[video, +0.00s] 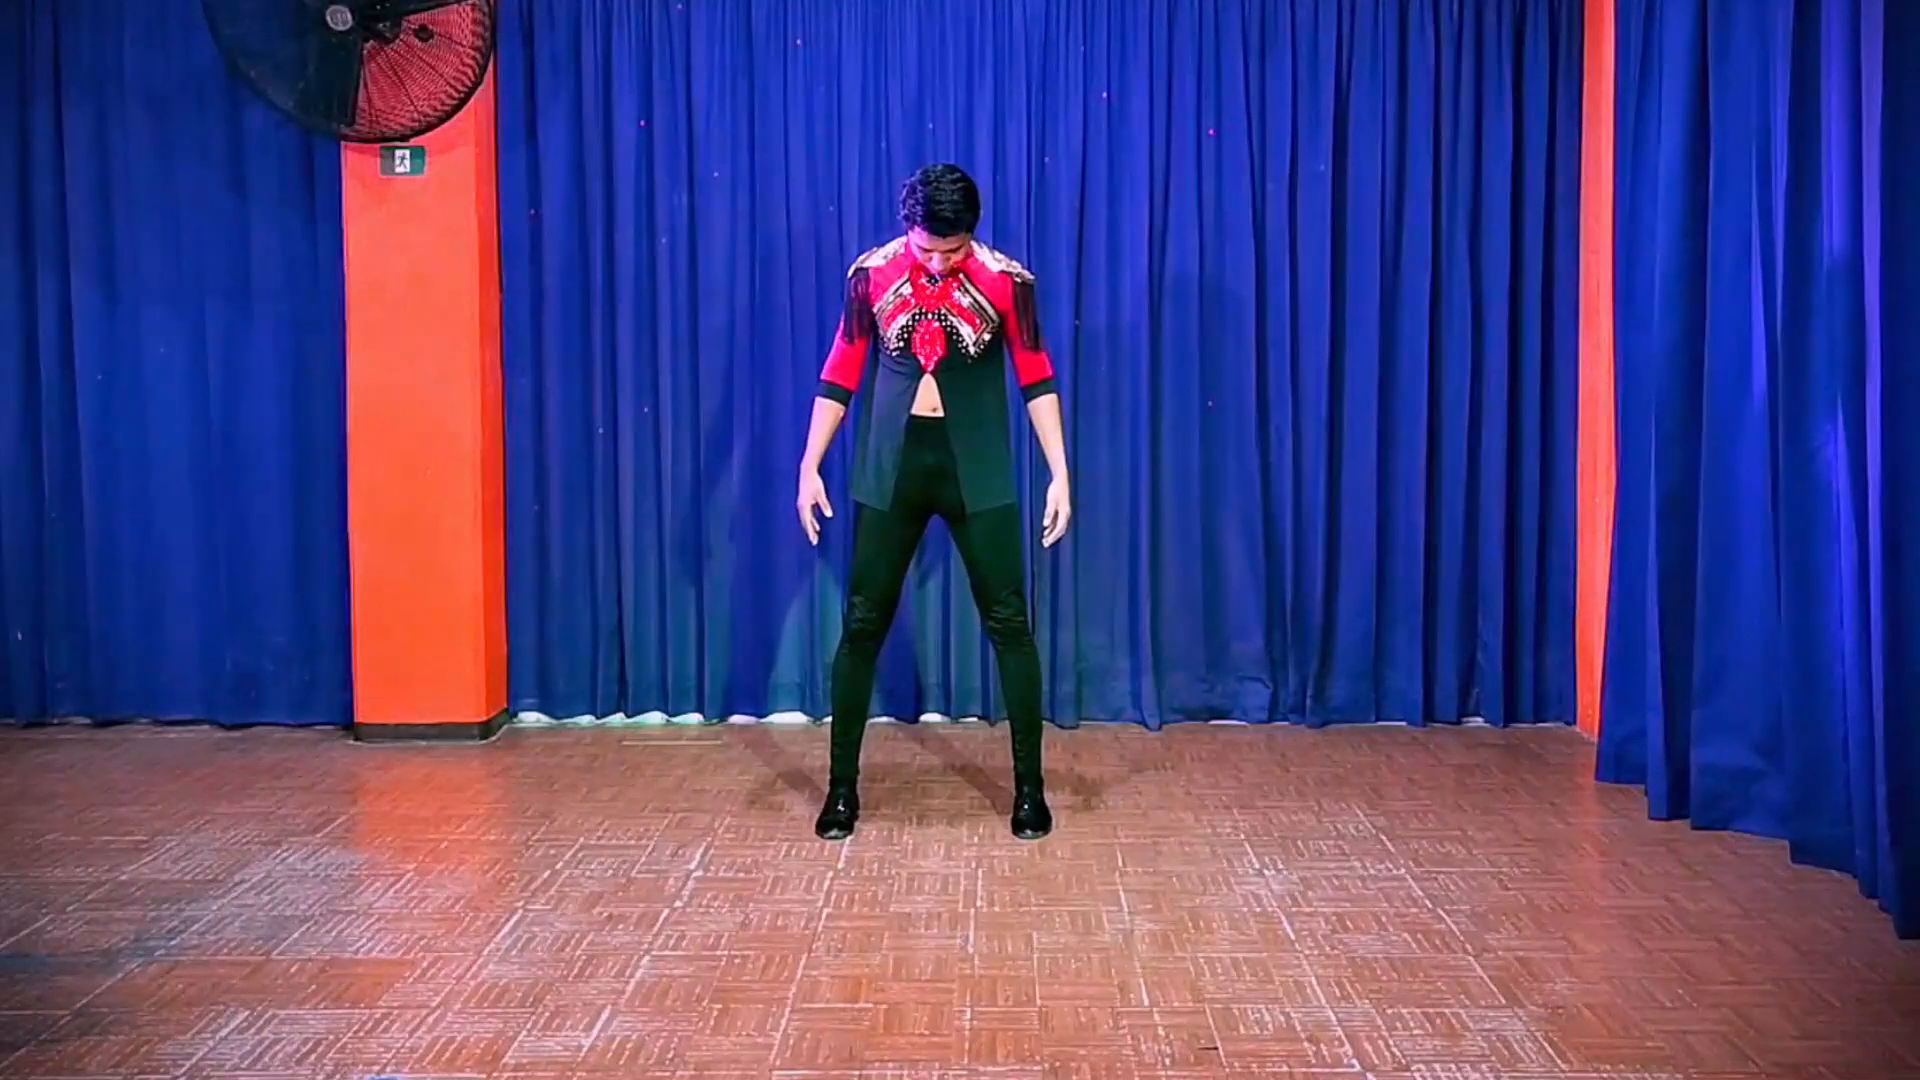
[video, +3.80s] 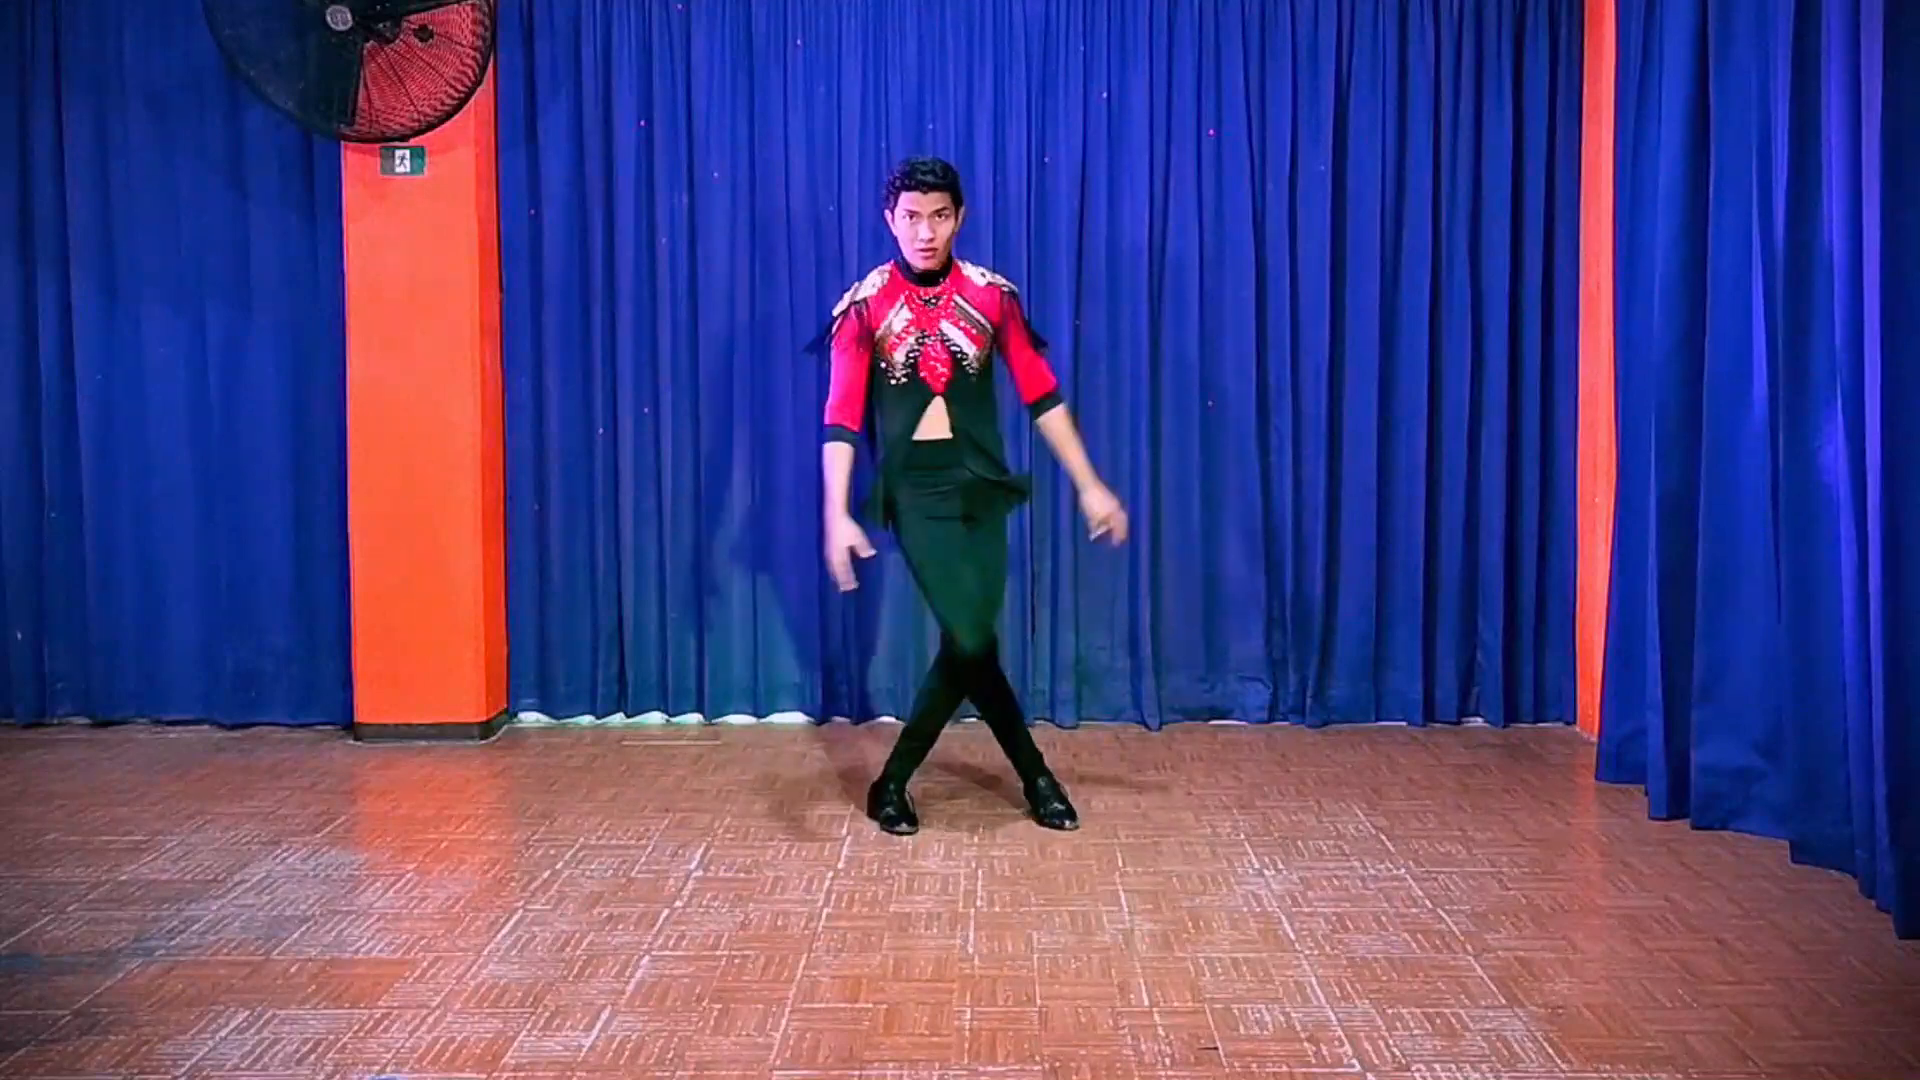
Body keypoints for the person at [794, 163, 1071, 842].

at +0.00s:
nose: (942, 259)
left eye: (954, 248)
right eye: (929, 247)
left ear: (974, 230)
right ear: (909, 228)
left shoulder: (1007, 281)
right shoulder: (872, 275)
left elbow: (1036, 378)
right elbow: (842, 372)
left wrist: (1059, 473)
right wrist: (809, 465)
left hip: (979, 464)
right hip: (892, 463)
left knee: (1008, 619)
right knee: (863, 622)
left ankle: (1029, 785)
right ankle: (841, 786)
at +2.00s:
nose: (940, 257)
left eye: (953, 245)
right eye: (928, 244)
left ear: (972, 228)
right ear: (907, 226)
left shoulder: (1005, 281)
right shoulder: (872, 275)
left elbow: (1035, 378)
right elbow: (839, 372)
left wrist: (1058, 472)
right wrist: (809, 464)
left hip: (977, 467)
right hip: (890, 466)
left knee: (1007, 623)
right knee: (863, 625)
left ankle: (1028, 784)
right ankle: (842, 786)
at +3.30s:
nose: (922, 233)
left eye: (937, 220)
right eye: (910, 218)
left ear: (956, 215)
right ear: (891, 209)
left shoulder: (986, 274)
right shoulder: (852, 267)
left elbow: (1081, 319)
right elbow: (768, 321)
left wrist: (1088, 372)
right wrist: (813, 349)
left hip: (955, 477)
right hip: (868, 476)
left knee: (984, 630)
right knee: (849, 627)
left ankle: (997, 786)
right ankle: (843, 790)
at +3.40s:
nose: (918, 230)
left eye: (932, 217)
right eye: (907, 215)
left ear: (953, 217)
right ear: (887, 215)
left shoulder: (978, 276)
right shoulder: (860, 275)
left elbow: (1031, 319)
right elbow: (855, 332)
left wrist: (1007, 235)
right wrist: (877, 231)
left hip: (949, 479)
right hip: (869, 475)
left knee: (940, 639)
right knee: (846, 629)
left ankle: (890, 784)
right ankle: (838, 782)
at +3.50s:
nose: (922, 216)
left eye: (932, 202)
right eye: (910, 204)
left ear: (953, 210)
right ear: (890, 214)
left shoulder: (989, 279)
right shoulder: (862, 280)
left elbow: (971, 322)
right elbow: (903, 335)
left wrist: (957, 226)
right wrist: (908, 242)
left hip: (953, 477)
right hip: (876, 473)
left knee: (939, 637)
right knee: (855, 623)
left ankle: (891, 785)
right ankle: (834, 783)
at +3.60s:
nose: (919, 226)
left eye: (933, 212)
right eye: (906, 212)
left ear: (952, 214)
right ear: (887, 213)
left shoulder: (979, 286)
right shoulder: (864, 287)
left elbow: (954, 378)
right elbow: (890, 378)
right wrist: (962, 304)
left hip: (957, 476)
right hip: (886, 473)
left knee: (941, 627)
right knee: (889, 614)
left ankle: (895, 780)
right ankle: (905, 772)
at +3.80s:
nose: (926, 231)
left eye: (940, 217)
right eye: (913, 217)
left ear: (958, 220)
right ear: (892, 219)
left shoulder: (992, 295)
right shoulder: (866, 305)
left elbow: (1042, 395)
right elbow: (842, 418)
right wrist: (837, 513)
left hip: (984, 480)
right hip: (913, 485)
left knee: (969, 640)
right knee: (973, 636)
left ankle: (891, 783)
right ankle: (1037, 777)